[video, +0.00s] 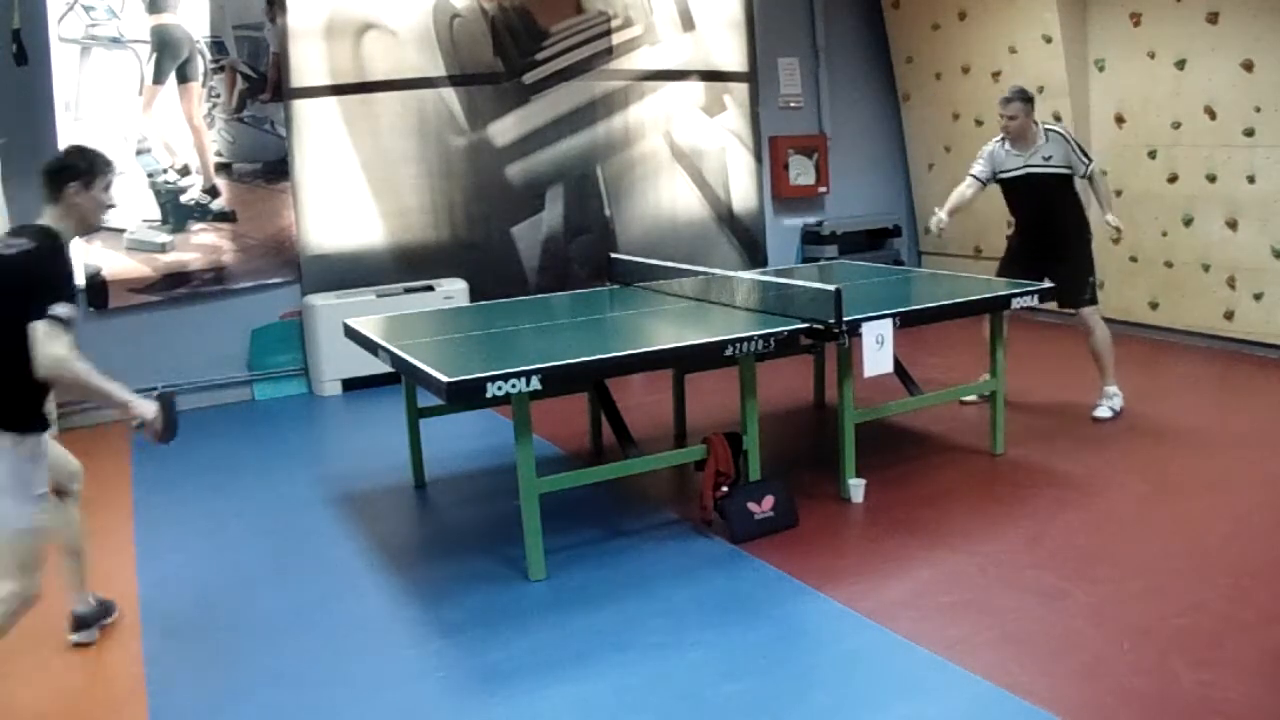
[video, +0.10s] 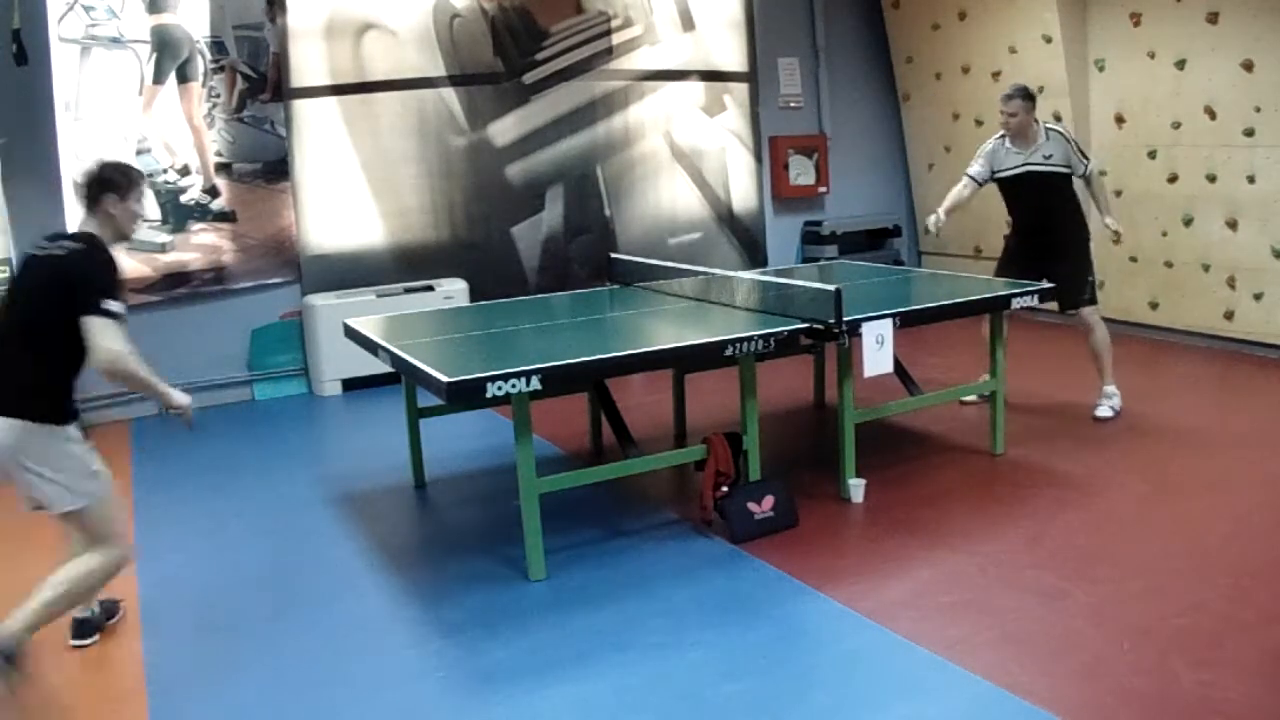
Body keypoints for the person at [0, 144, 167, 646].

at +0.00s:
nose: (109, 203)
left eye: (110, 192)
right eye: (104, 191)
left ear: (67, 193)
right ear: (74, 192)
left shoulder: (21, 243)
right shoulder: (46, 252)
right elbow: (51, 358)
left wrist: (182, 265)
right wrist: (131, 402)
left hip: (16, 429)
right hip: (11, 435)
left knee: (68, 476)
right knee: (18, 588)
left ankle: (83, 606)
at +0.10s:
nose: (142, 212)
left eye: (141, 202)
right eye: (137, 202)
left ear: (96, 205)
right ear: (110, 203)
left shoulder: (47, 251)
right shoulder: (94, 261)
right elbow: (108, 355)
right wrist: (167, 394)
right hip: (37, 421)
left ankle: (84, 613)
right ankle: (12, 635)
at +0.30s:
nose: (189, 250)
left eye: (188, 241)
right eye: (186, 241)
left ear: (139, 236)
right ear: (170, 239)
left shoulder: (89, 275)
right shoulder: (180, 291)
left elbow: (27, 338)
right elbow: (223, 356)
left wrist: (7, 387)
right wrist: (221, 345)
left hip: (56, 423)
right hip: (120, 424)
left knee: (128, 486)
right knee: (203, 522)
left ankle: (120, 575)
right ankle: (167, 642)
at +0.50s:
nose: (222, 243)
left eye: (221, 234)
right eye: (219, 235)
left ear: (172, 233)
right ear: (202, 236)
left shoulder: (129, 264)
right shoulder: (216, 280)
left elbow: (82, 290)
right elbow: (268, 313)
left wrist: (26, 317)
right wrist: (287, 298)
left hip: (111, 397)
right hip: (170, 399)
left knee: (182, 463)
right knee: (214, 508)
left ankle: (214, 537)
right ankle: (187, 589)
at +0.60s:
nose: (230, 225)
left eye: (229, 217)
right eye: (227, 217)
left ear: (180, 211)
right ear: (209, 215)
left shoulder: (138, 240)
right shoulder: (223, 259)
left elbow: (92, 271)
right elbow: (289, 286)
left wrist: (42, 309)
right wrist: (341, 293)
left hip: (122, 370)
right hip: (176, 370)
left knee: (180, 446)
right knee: (229, 465)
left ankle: (217, 529)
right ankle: (209, 541)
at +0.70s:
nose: (240, 193)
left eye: (240, 185)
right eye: (238, 185)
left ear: (197, 181)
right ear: (221, 184)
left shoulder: (147, 217)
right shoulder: (230, 232)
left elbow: (99, 258)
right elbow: (293, 269)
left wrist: (50, 301)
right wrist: (340, 282)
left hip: (130, 347)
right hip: (181, 343)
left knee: (188, 425)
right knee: (244, 421)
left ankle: (212, 521)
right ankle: (244, 519)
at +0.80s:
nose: (248, 180)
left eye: (248, 172)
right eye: (244, 172)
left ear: (207, 170)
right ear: (227, 172)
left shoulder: (157, 206)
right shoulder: (233, 217)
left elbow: (108, 258)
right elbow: (295, 266)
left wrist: (63, 307)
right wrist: (338, 279)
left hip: (140, 338)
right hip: (192, 334)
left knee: (187, 404)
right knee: (256, 405)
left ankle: (195, 496)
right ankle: (293, 503)